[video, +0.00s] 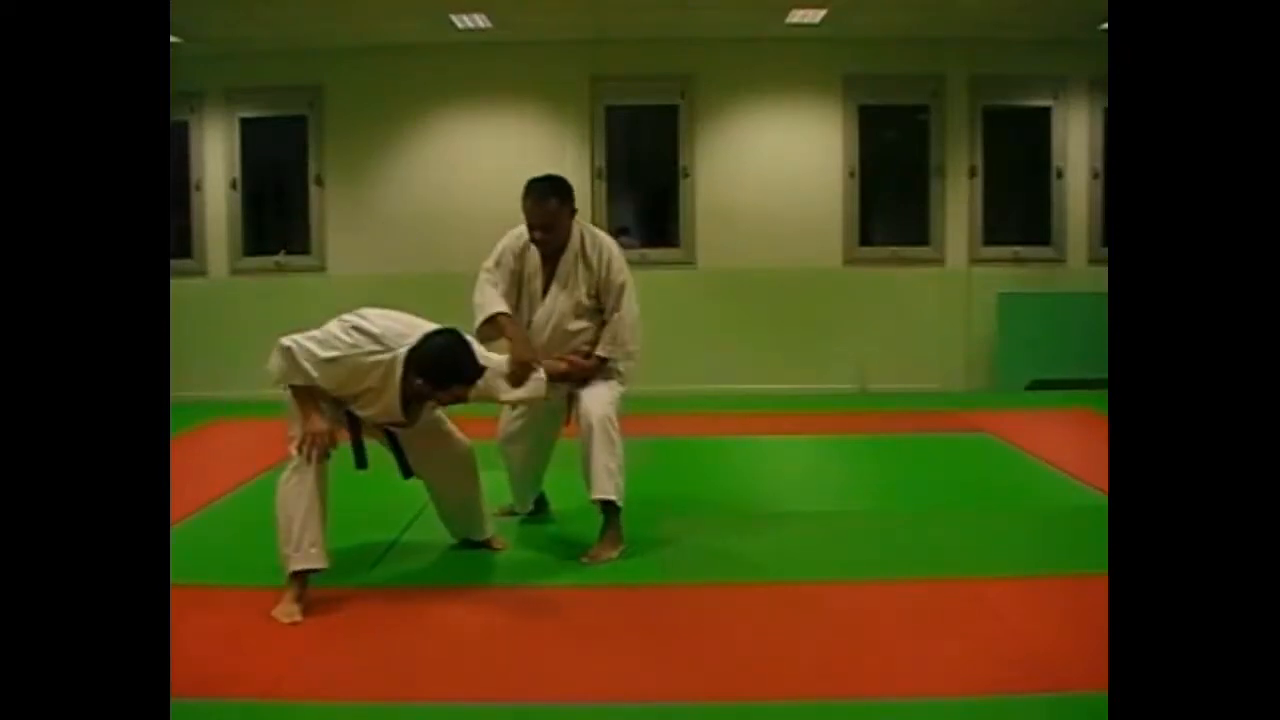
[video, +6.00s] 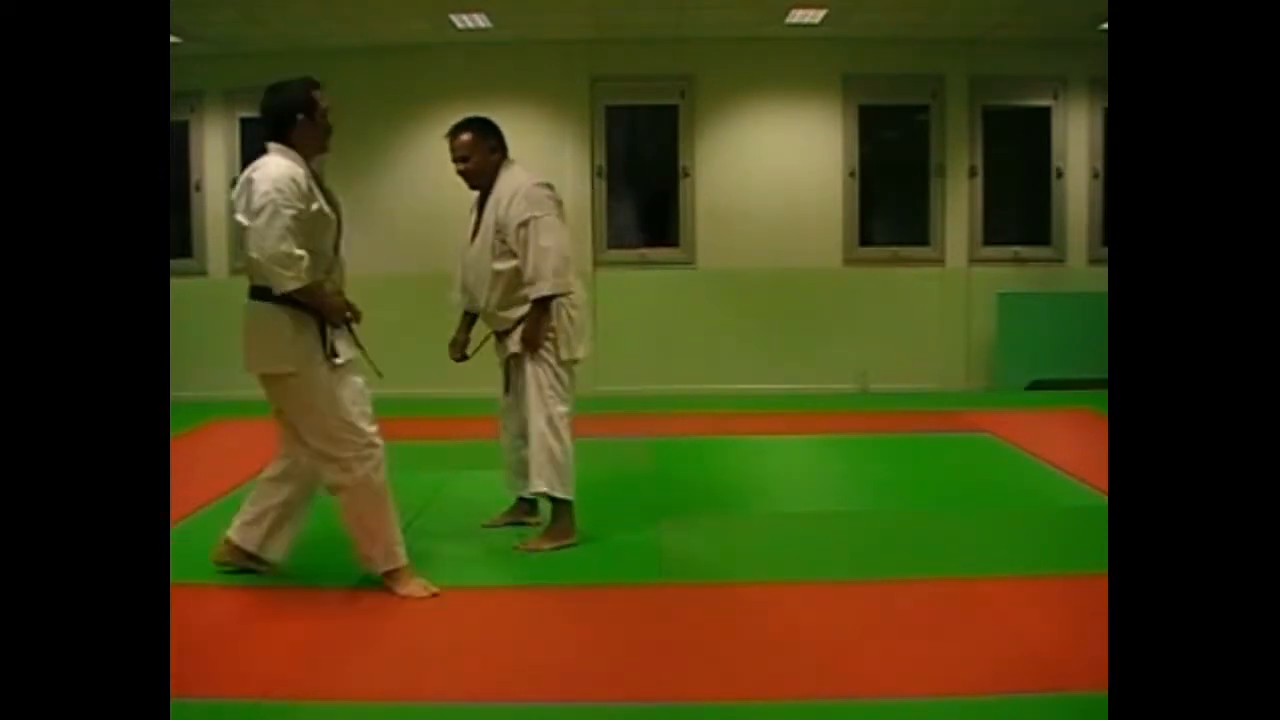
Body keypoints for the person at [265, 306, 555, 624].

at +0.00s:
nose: (463, 401)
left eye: (466, 394)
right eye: (455, 396)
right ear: (423, 384)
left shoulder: (466, 363)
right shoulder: (354, 352)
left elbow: (525, 379)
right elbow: (288, 352)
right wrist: (312, 415)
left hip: (393, 397)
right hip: (330, 395)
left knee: (455, 453)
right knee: (307, 458)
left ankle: (473, 534)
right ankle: (296, 584)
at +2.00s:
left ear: (570, 471)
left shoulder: (550, 475)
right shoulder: (520, 468)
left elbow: (579, 446)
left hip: (427, 483)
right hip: (411, 492)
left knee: (397, 375)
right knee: (357, 475)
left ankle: (326, 424)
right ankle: (282, 501)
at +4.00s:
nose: (501, 406)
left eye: (512, 405)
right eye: (504, 402)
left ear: (533, 414)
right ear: (513, 409)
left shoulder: (533, 453)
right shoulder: (477, 437)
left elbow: (502, 418)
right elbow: (432, 425)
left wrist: (456, 386)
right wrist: (397, 413)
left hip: (443, 499)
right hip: (416, 488)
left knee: (381, 428)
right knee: (340, 475)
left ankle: (276, 459)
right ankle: (228, 477)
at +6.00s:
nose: (331, 124)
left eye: (328, 114)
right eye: (324, 115)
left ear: (293, 123)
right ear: (302, 122)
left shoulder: (291, 173)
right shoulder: (277, 178)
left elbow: (282, 263)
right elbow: (273, 265)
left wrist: (330, 301)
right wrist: (324, 302)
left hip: (291, 330)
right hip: (295, 334)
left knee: (305, 449)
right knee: (358, 448)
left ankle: (243, 547)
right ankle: (393, 567)